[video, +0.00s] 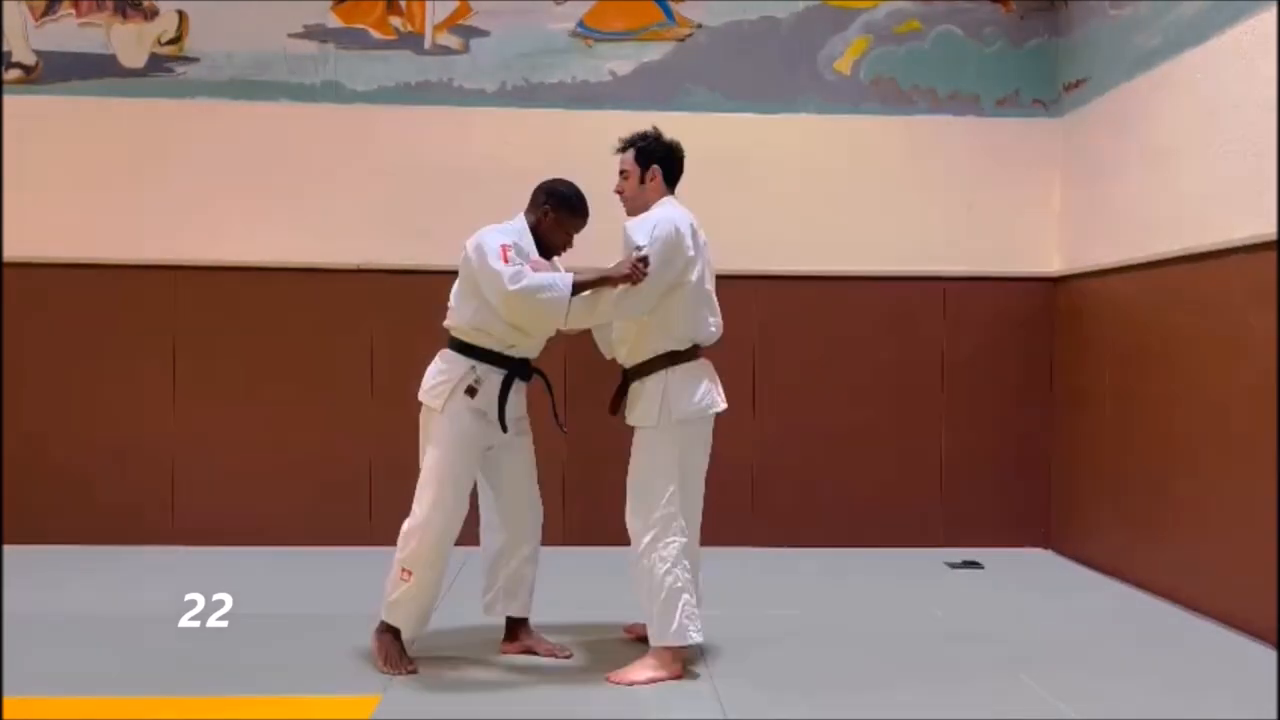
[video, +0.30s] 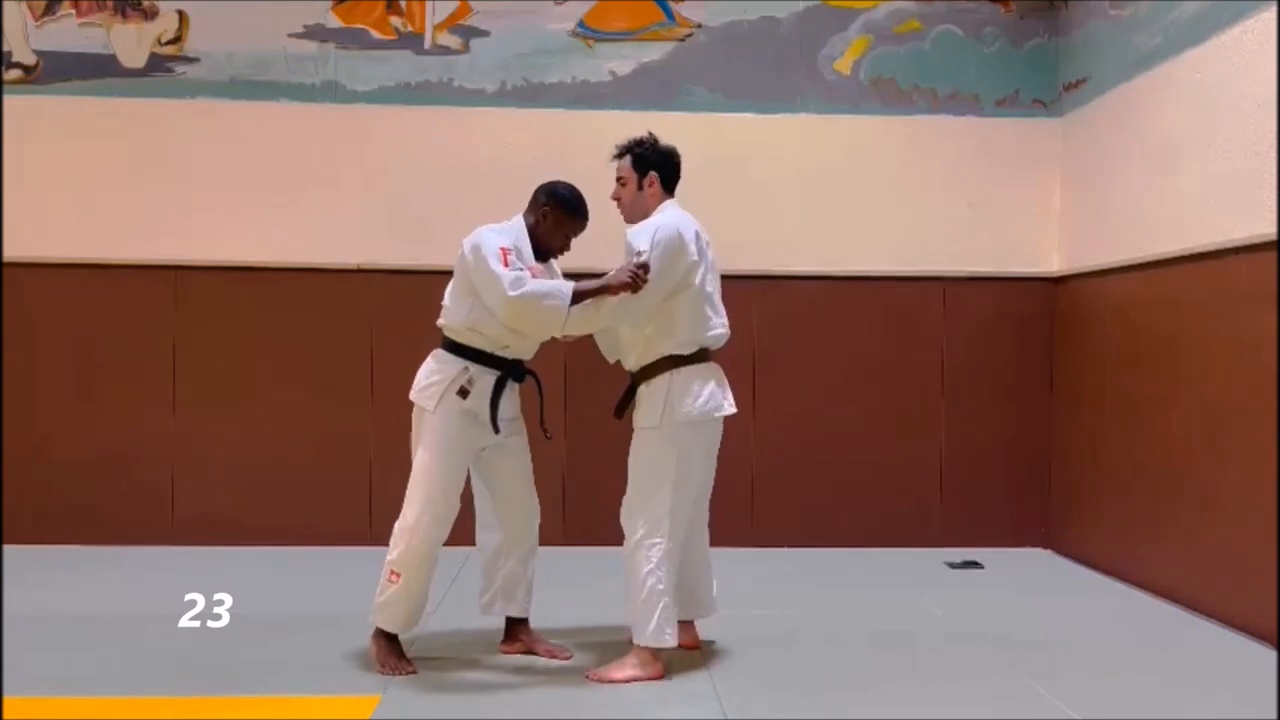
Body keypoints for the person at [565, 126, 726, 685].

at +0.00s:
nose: (616, 186)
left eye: (625, 175)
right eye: (617, 175)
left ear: (654, 176)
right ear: (656, 178)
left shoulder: (660, 225)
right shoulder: (677, 223)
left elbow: (621, 305)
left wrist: (553, 307)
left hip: (671, 389)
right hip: (683, 383)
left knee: (654, 517)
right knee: (669, 511)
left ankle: (670, 649)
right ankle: (670, 620)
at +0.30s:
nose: (614, 193)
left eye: (622, 182)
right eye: (614, 182)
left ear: (652, 182)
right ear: (656, 184)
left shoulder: (664, 230)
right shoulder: (677, 227)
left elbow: (622, 307)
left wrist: (558, 313)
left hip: (676, 392)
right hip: (694, 386)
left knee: (647, 518)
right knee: (684, 513)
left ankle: (647, 651)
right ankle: (685, 628)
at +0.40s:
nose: (628, 186)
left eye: (637, 175)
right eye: (629, 175)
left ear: (666, 178)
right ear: (666, 180)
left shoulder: (678, 222)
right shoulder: (663, 231)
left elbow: (653, 275)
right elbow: (613, 316)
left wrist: (560, 268)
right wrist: (578, 280)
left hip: (679, 389)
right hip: (679, 387)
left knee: (649, 516)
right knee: (670, 513)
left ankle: (649, 650)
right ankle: (669, 630)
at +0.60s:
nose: (630, 174)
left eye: (639, 165)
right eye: (633, 164)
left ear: (668, 172)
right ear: (683, 175)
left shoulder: (655, 213)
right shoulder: (705, 215)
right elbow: (604, 250)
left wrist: (557, 189)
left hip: (672, 390)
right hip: (694, 386)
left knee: (646, 512)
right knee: (672, 512)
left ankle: (653, 643)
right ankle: (675, 629)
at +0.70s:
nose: (619, 183)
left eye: (626, 173)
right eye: (620, 171)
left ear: (653, 173)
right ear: (675, 174)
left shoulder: (654, 214)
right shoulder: (702, 213)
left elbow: (598, 208)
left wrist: (579, 178)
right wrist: (596, 186)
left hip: (669, 391)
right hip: (686, 388)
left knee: (641, 515)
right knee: (672, 514)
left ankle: (658, 648)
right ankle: (673, 628)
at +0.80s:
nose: (612, 196)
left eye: (619, 185)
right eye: (612, 185)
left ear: (647, 185)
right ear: (668, 183)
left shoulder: (651, 229)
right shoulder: (697, 224)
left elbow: (587, 224)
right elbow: (685, 198)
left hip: (661, 400)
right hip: (671, 393)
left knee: (638, 524)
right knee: (662, 518)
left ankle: (639, 659)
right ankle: (672, 621)